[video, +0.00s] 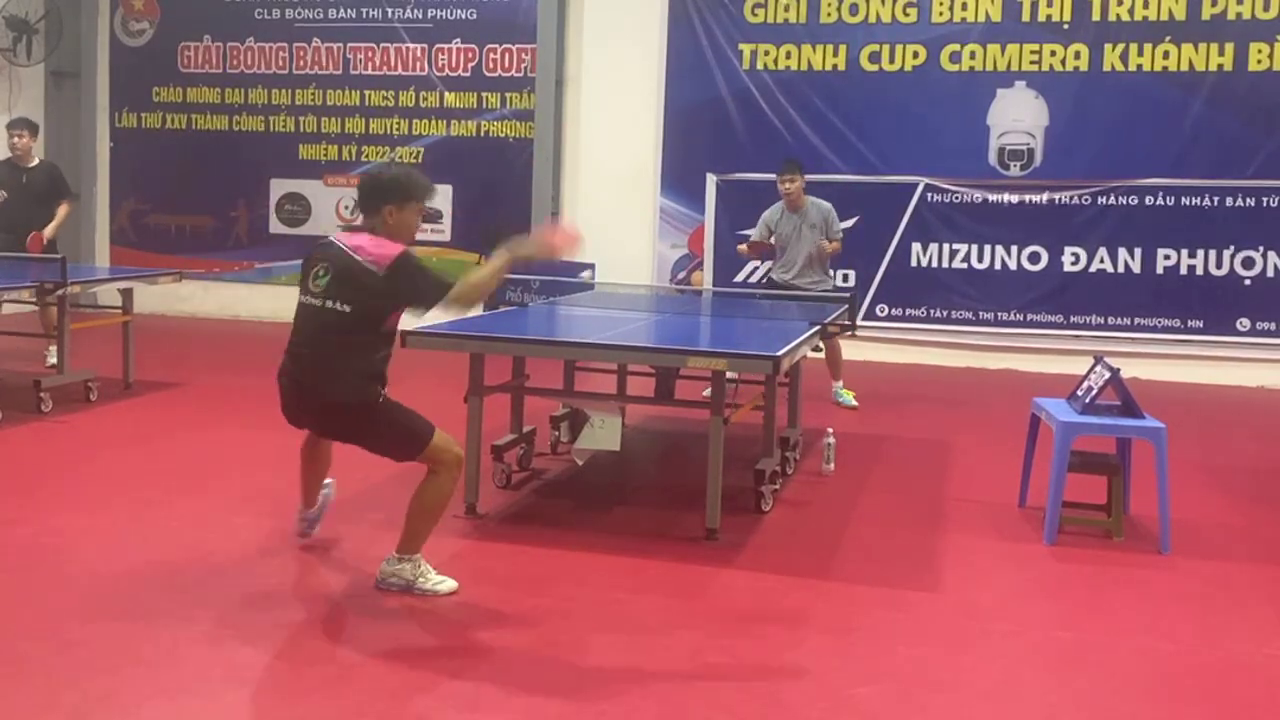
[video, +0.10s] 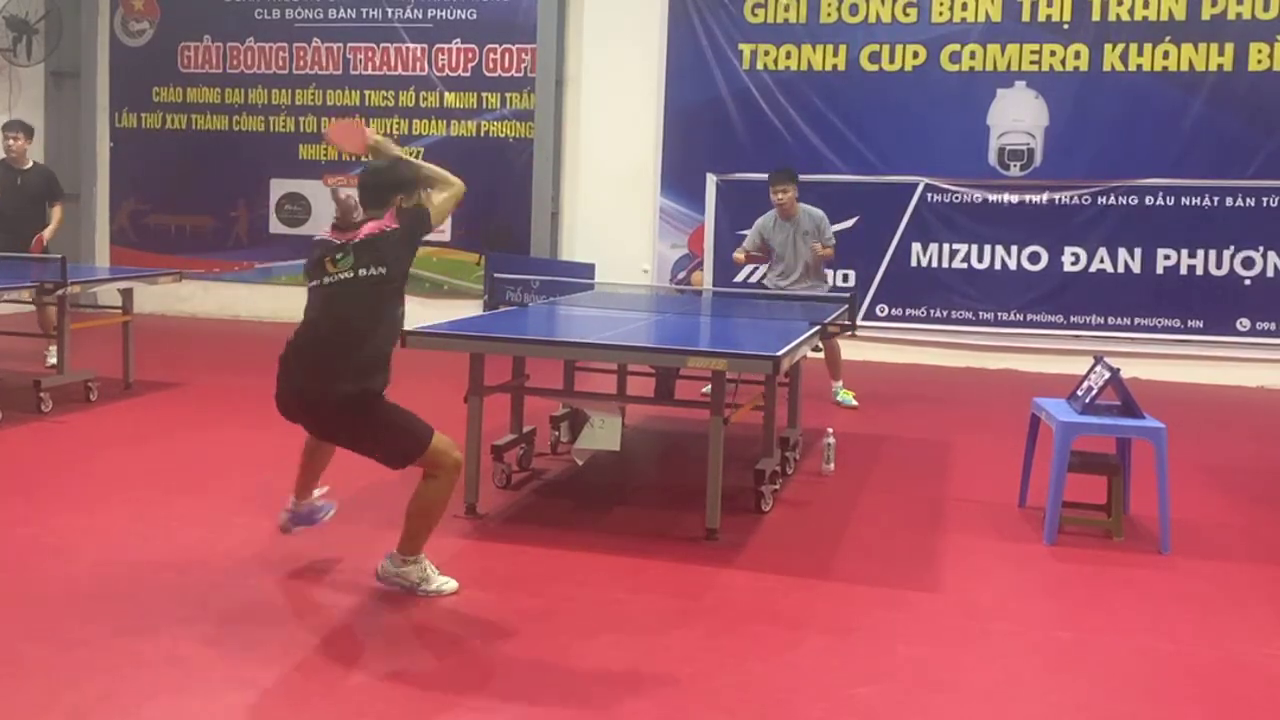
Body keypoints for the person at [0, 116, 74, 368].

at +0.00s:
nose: (14, 141)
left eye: (20, 137)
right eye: (11, 137)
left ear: (33, 140)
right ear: (7, 140)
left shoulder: (48, 170)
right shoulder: (3, 168)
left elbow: (66, 202)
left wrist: (50, 229)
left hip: (40, 247)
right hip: (7, 247)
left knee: (46, 296)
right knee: (1, 295)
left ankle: (52, 346)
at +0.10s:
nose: (9, 143)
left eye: (15, 139)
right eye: (6, 139)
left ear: (28, 142)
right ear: (2, 142)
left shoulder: (43, 174)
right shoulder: (2, 169)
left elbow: (57, 207)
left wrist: (49, 231)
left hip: (32, 253)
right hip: (4, 253)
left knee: (42, 298)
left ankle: (52, 345)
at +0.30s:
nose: (2, 155)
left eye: (7, 151)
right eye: (0, 150)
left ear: (15, 155)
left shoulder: (18, 179)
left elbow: (25, 208)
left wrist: (32, 232)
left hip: (9, 252)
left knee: (25, 298)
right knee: (23, 299)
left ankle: (44, 346)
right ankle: (44, 346)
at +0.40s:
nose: (3, 165)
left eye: (6, 160)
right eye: (1, 160)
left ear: (12, 161)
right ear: (0, 160)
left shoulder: (12, 181)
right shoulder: (9, 181)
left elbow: (16, 208)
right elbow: (17, 208)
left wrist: (24, 233)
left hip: (3, 249)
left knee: (12, 294)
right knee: (11, 295)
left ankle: (25, 343)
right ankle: (24, 344)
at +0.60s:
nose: (3, 185)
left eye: (6, 181)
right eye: (1, 180)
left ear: (11, 179)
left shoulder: (10, 192)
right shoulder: (7, 193)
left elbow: (29, 219)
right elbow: (29, 218)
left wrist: (26, 233)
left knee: (1, 295)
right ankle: (0, 345)